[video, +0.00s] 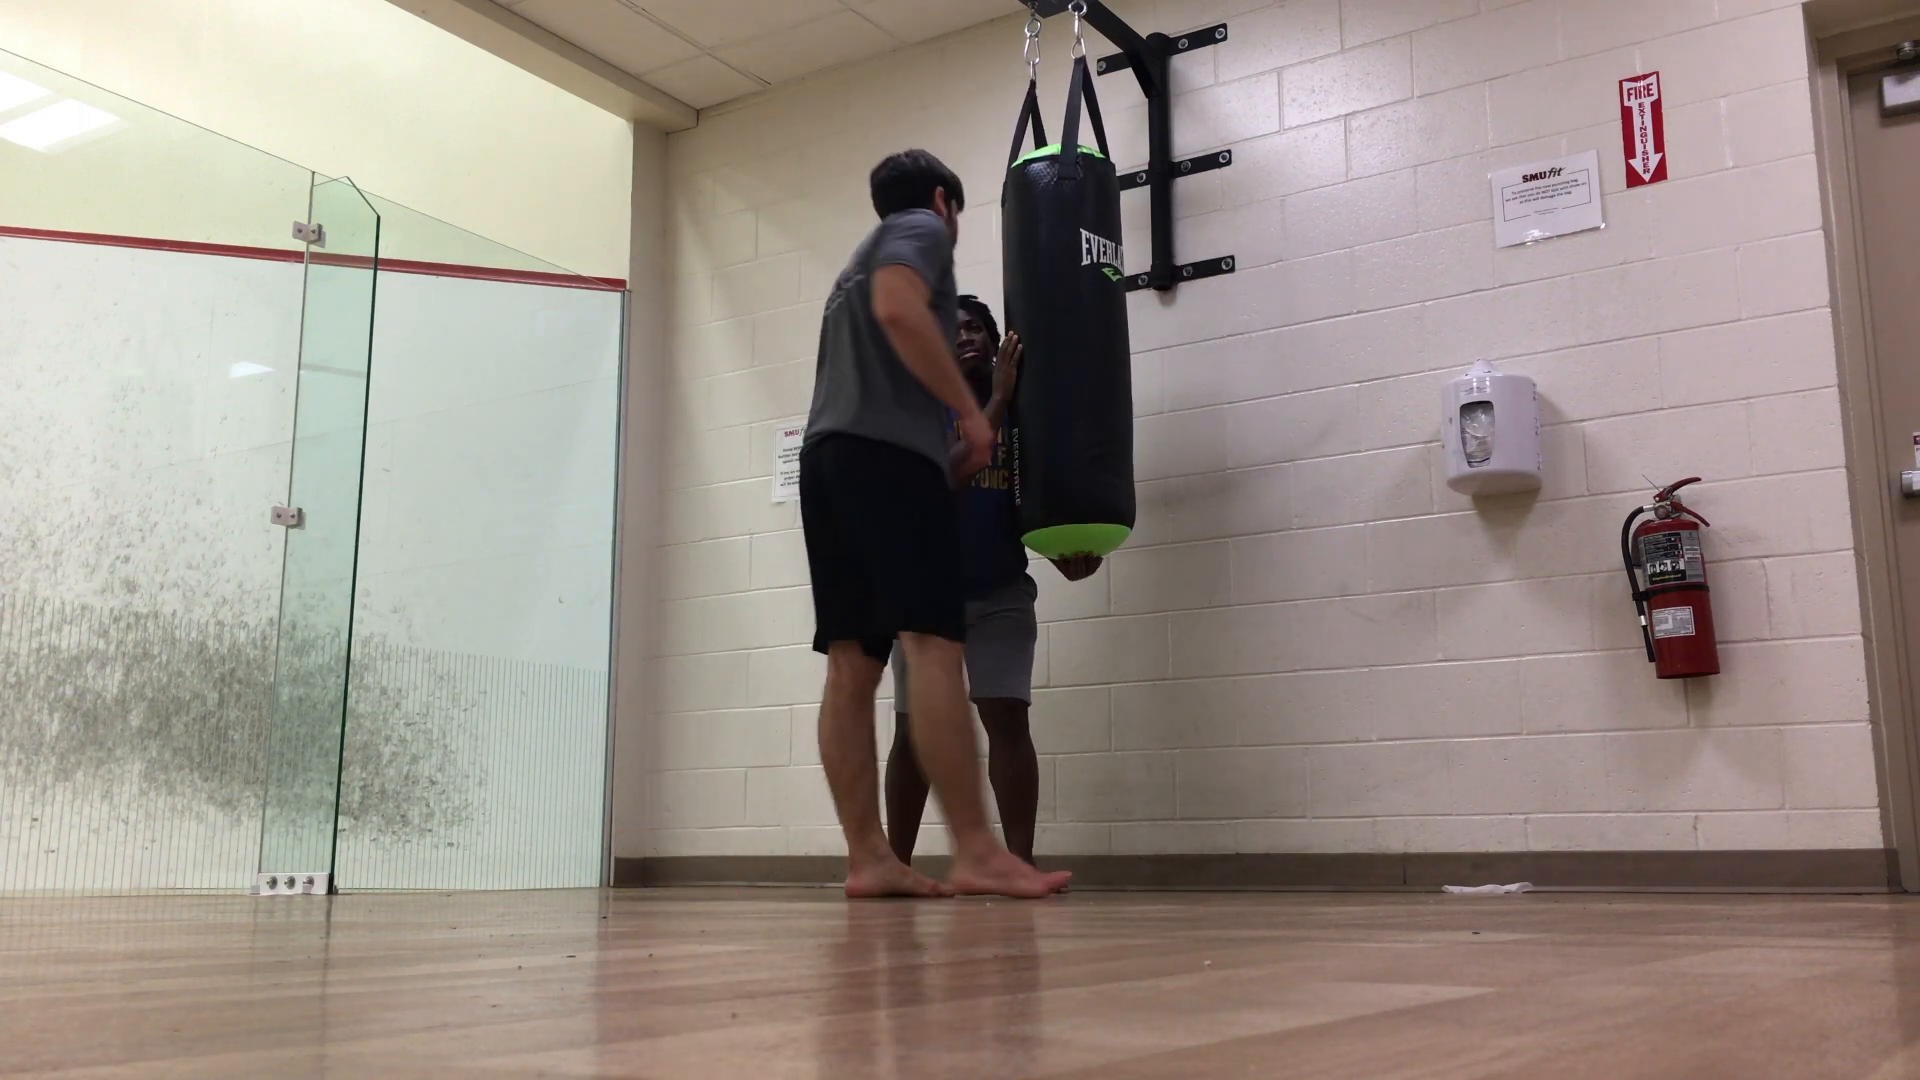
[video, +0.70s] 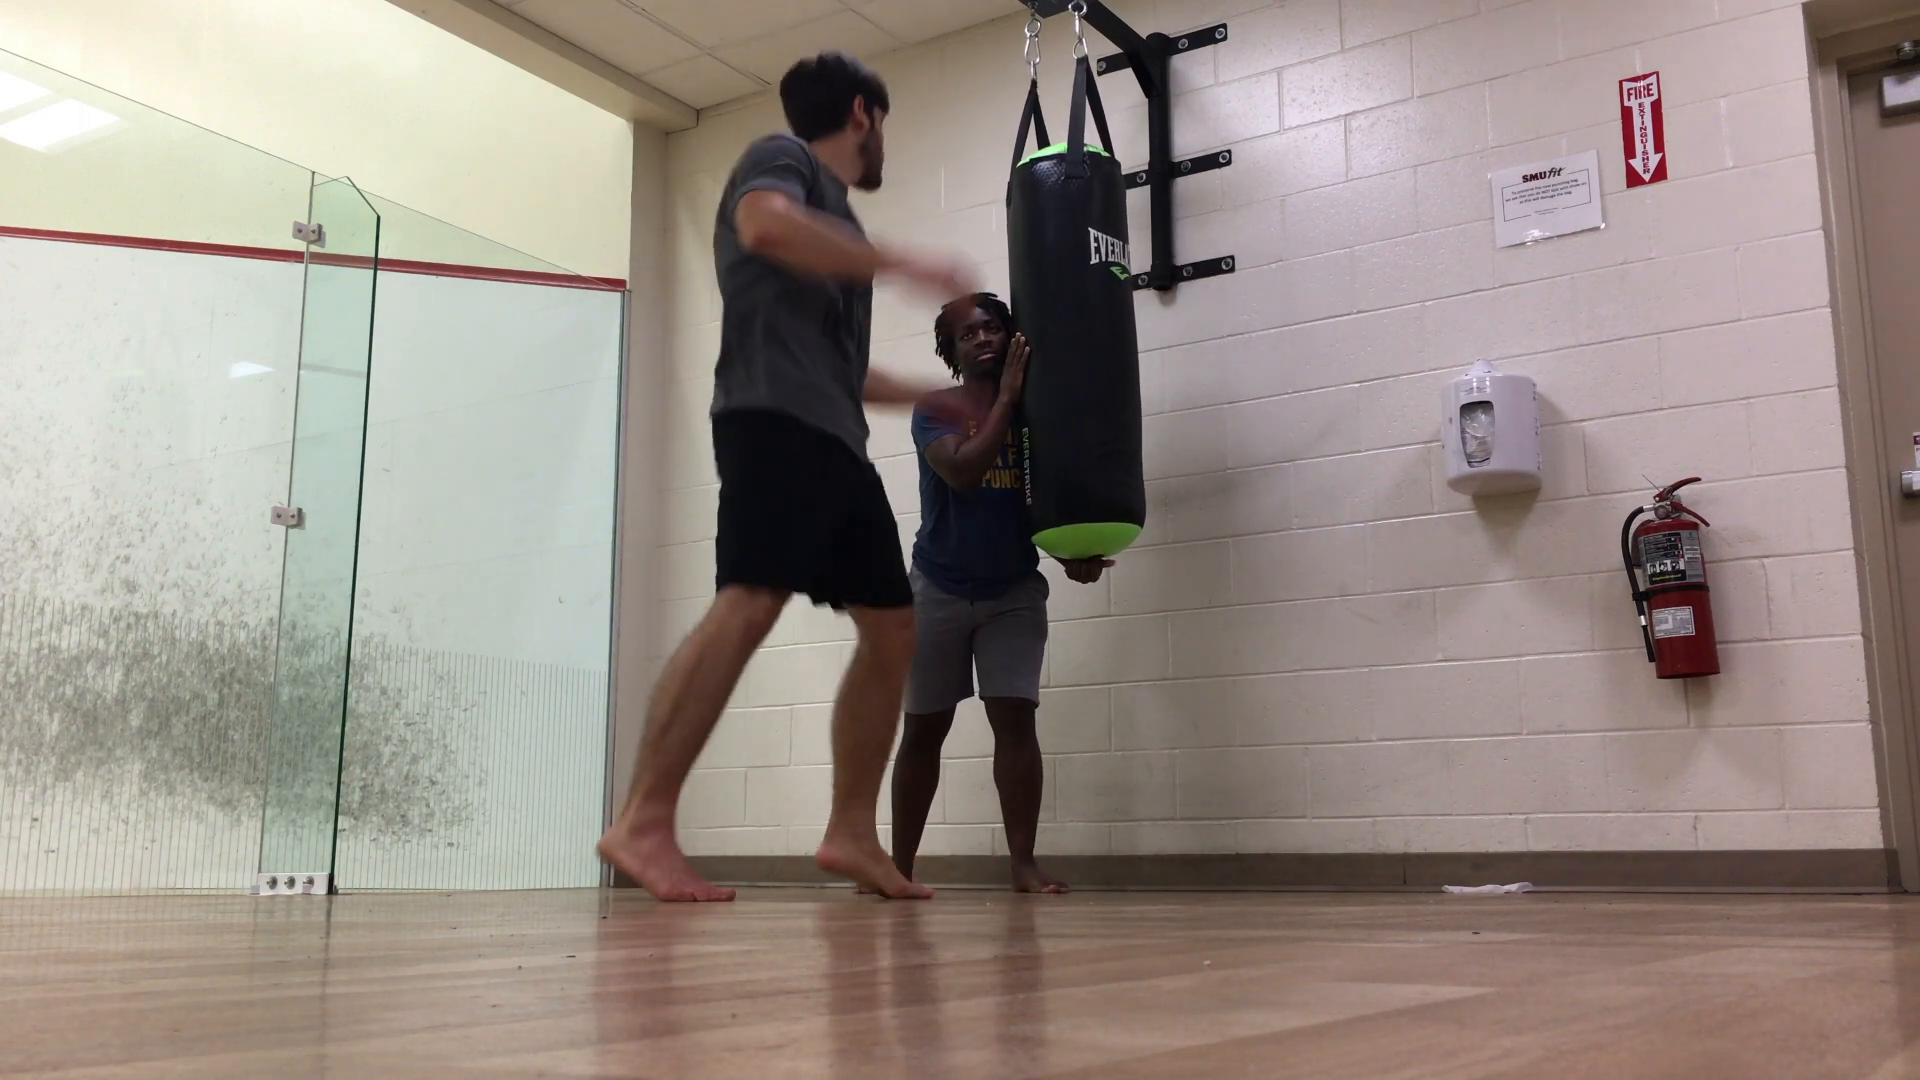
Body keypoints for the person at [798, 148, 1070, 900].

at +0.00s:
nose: (957, 224)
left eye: (955, 214)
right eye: (957, 212)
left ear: (884, 205)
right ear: (942, 201)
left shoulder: (857, 266)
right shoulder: (922, 224)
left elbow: (863, 395)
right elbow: (897, 306)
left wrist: (943, 447)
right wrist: (968, 408)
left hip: (830, 465)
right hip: (890, 462)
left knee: (851, 663)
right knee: (935, 650)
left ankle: (871, 860)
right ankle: (980, 852)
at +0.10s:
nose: (945, 214)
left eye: (946, 201)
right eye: (945, 198)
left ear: (879, 189)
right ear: (927, 186)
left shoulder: (860, 243)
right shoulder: (893, 226)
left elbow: (856, 388)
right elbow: (857, 306)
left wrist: (932, 449)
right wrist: (945, 395)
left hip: (845, 465)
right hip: (869, 461)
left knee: (853, 657)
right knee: (893, 629)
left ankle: (870, 854)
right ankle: (894, 826)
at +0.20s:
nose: (933, 197)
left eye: (932, 183)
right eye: (931, 182)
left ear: (865, 172)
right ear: (914, 171)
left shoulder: (878, 253)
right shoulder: (856, 219)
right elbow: (828, 308)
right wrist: (940, 368)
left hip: (876, 463)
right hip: (846, 450)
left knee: (863, 665)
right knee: (847, 589)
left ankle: (871, 857)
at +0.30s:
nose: (914, 184)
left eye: (914, 169)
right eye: (914, 167)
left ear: (863, 158)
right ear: (895, 156)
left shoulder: (863, 243)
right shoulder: (823, 207)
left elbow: (849, 336)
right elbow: (799, 303)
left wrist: (929, 334)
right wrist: (917, 334)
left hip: (864, 461)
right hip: (820, 443)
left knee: (860, 662)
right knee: (788, 590)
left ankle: (872, 858)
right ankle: (675, 786)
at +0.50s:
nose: (891, 175)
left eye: (892, 162)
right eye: (890, 158)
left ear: (838, 145)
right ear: (867, 141)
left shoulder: (840, 242)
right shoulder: (786, 176)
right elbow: (751, 274)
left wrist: (861, 336)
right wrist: (866, 321)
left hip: (826, 466)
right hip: (760, 447)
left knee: (864, 642)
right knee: (713, 626)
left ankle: (882, 840)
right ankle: (610, 834)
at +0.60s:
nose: (886, 137)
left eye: (885, 123)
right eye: (884, 119)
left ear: (840, 111)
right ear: (863, 106)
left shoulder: (849, 222)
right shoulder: (780, 143)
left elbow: (824, 356)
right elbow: (753, 249)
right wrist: (856, 343)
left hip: (826, 430)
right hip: (765, 407)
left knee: (870, 613)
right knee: (746, 586)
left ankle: (873, 818)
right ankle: (639, 807)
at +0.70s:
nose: (885, 143)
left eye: (882, 128)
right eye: (882, 126)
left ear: (835, 120)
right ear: (859, 116)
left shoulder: (838, 227)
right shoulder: (784, 155)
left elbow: (840, 375)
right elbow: (763, 226)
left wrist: (933, 397)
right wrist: (903, 264)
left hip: (832, 436)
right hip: (770, 418)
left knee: (890, 625)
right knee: (749, 604)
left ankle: (851, 832)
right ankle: (641, 826)